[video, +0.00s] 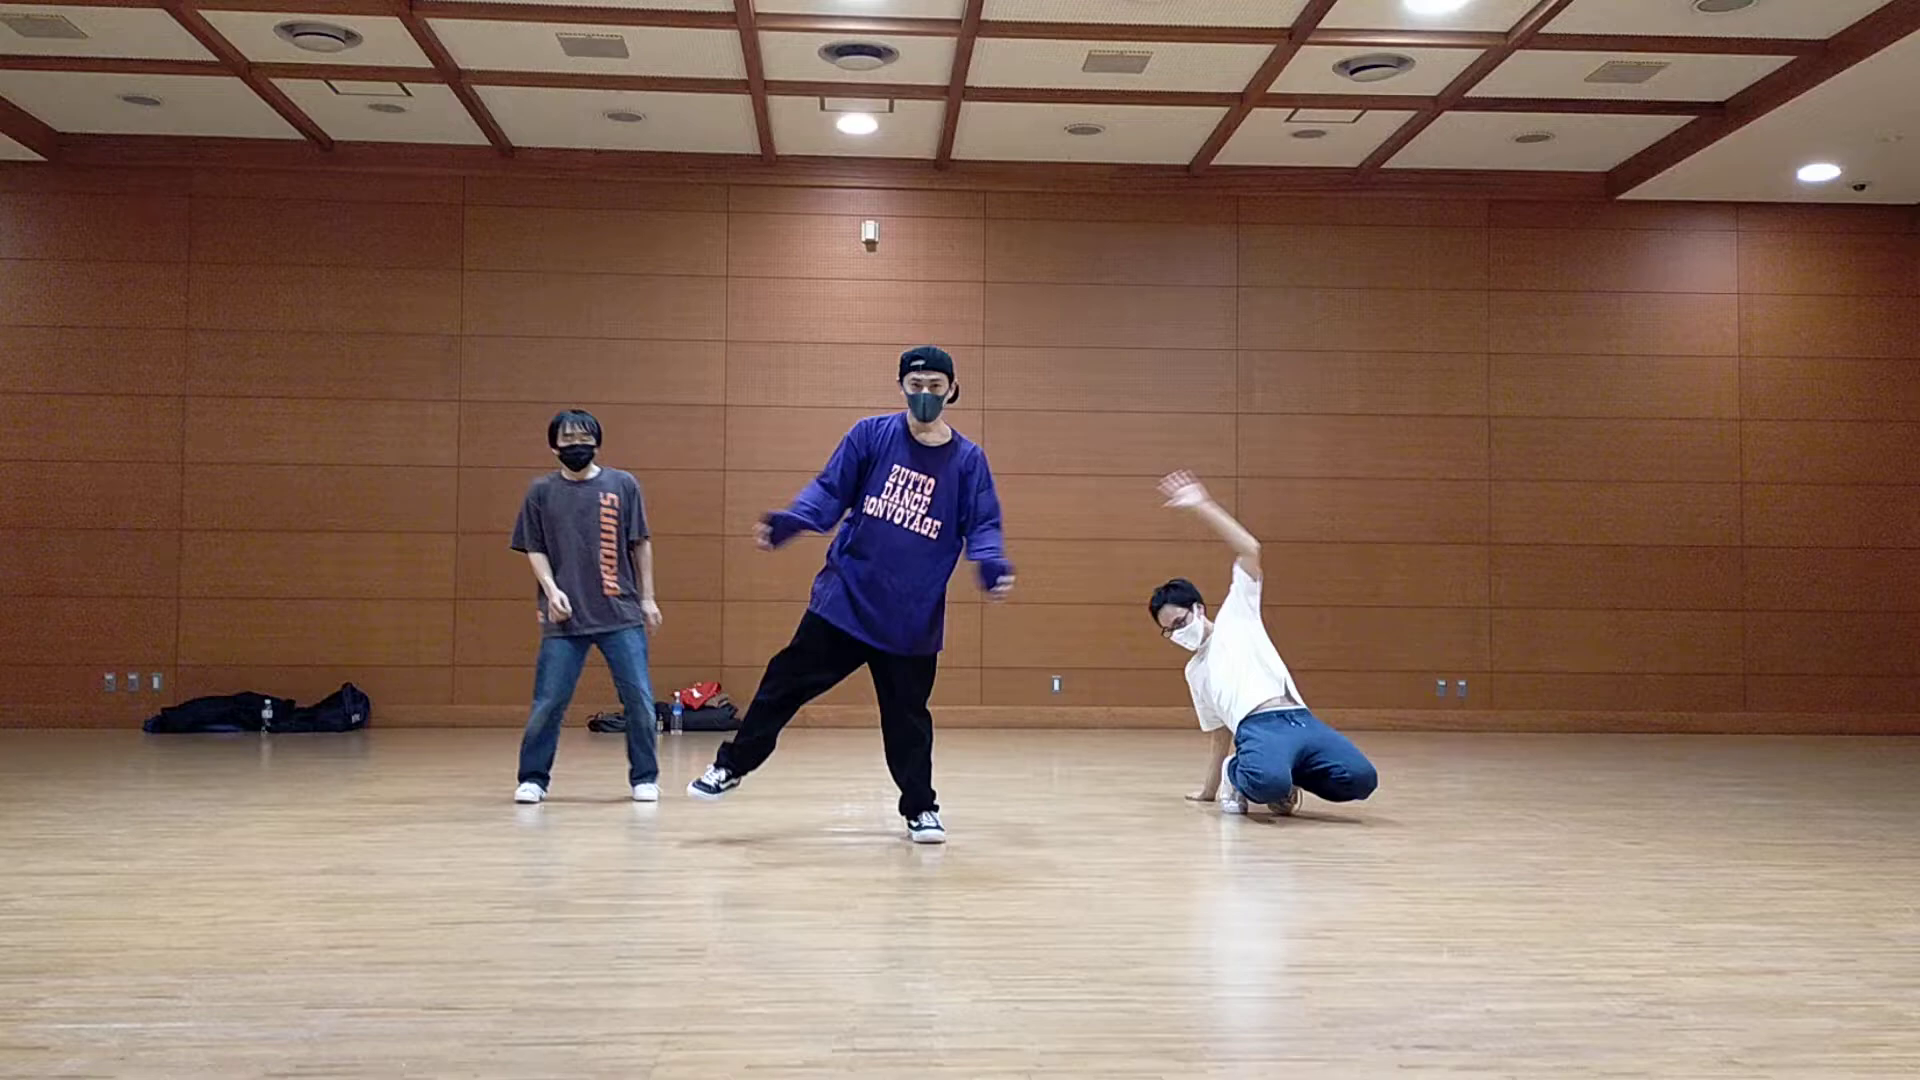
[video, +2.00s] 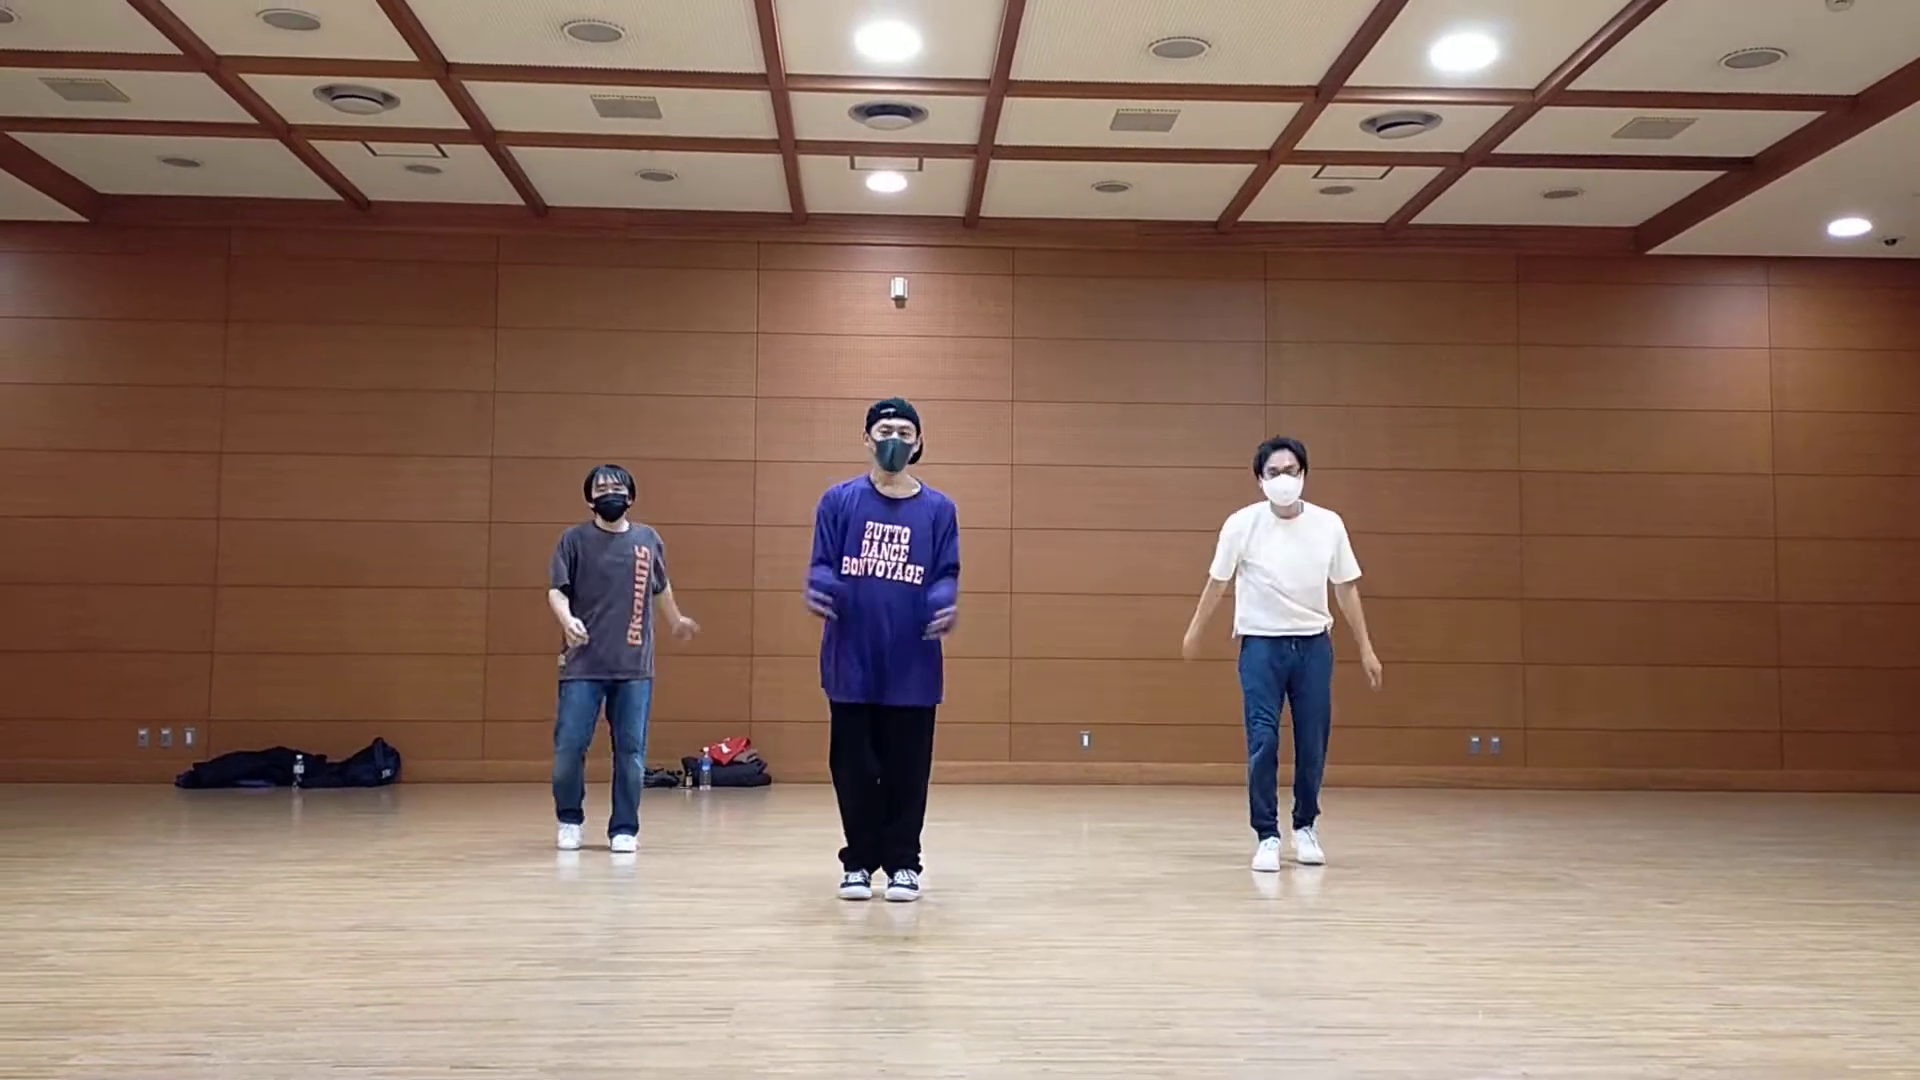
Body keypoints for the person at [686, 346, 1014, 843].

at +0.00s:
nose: (924, 392)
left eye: (934, 385)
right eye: (916, 384)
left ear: (950, 391)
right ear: (902, 388)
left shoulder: (968, 460)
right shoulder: (871, 435)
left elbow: (984, 525)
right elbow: (829, 491)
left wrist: (994, 565)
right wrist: (789, 521)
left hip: (911, 611)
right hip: (848, 597)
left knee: (908, 714)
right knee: (788, 678)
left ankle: (920, 809)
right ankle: (732, 764)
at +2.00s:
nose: (894, 437)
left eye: (904, 431)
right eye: (885, 430)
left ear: (917, 444)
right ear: (868, 440)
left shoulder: (939, 508)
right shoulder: (838, 500)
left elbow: (946, 573)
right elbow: (821, 567)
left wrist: (942, 606)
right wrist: (819, 591)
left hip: (912, 663)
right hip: (851, 659)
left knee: (907, 766)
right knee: (854, 764)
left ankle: (904, 865)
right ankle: (858, 864)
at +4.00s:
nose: (903, 426)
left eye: (915, 420)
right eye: (893, 419)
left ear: (934, 439)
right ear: (877, 436)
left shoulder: (964, 511)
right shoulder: (845, 509)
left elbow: (1018, 580)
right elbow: (787, 580)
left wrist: (1073, 617)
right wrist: (741, 636)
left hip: (938, 687)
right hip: (857, 687)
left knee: (986, 791)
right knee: (809, 798)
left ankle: (1051, 900)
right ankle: (747, 904)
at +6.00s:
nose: (967, 444)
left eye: (977, 432)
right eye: (956, 435)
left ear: (1001, 429)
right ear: (946, 438)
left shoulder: (1029, 485)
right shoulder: (968, 500)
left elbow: (1008, 562)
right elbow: (974, 574)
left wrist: (925, 559)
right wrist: (935, 623)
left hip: (1070, 658)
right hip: (1017, 662)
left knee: (1102, 781)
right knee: (990, 777)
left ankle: (1177, 889)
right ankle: (968, 895)